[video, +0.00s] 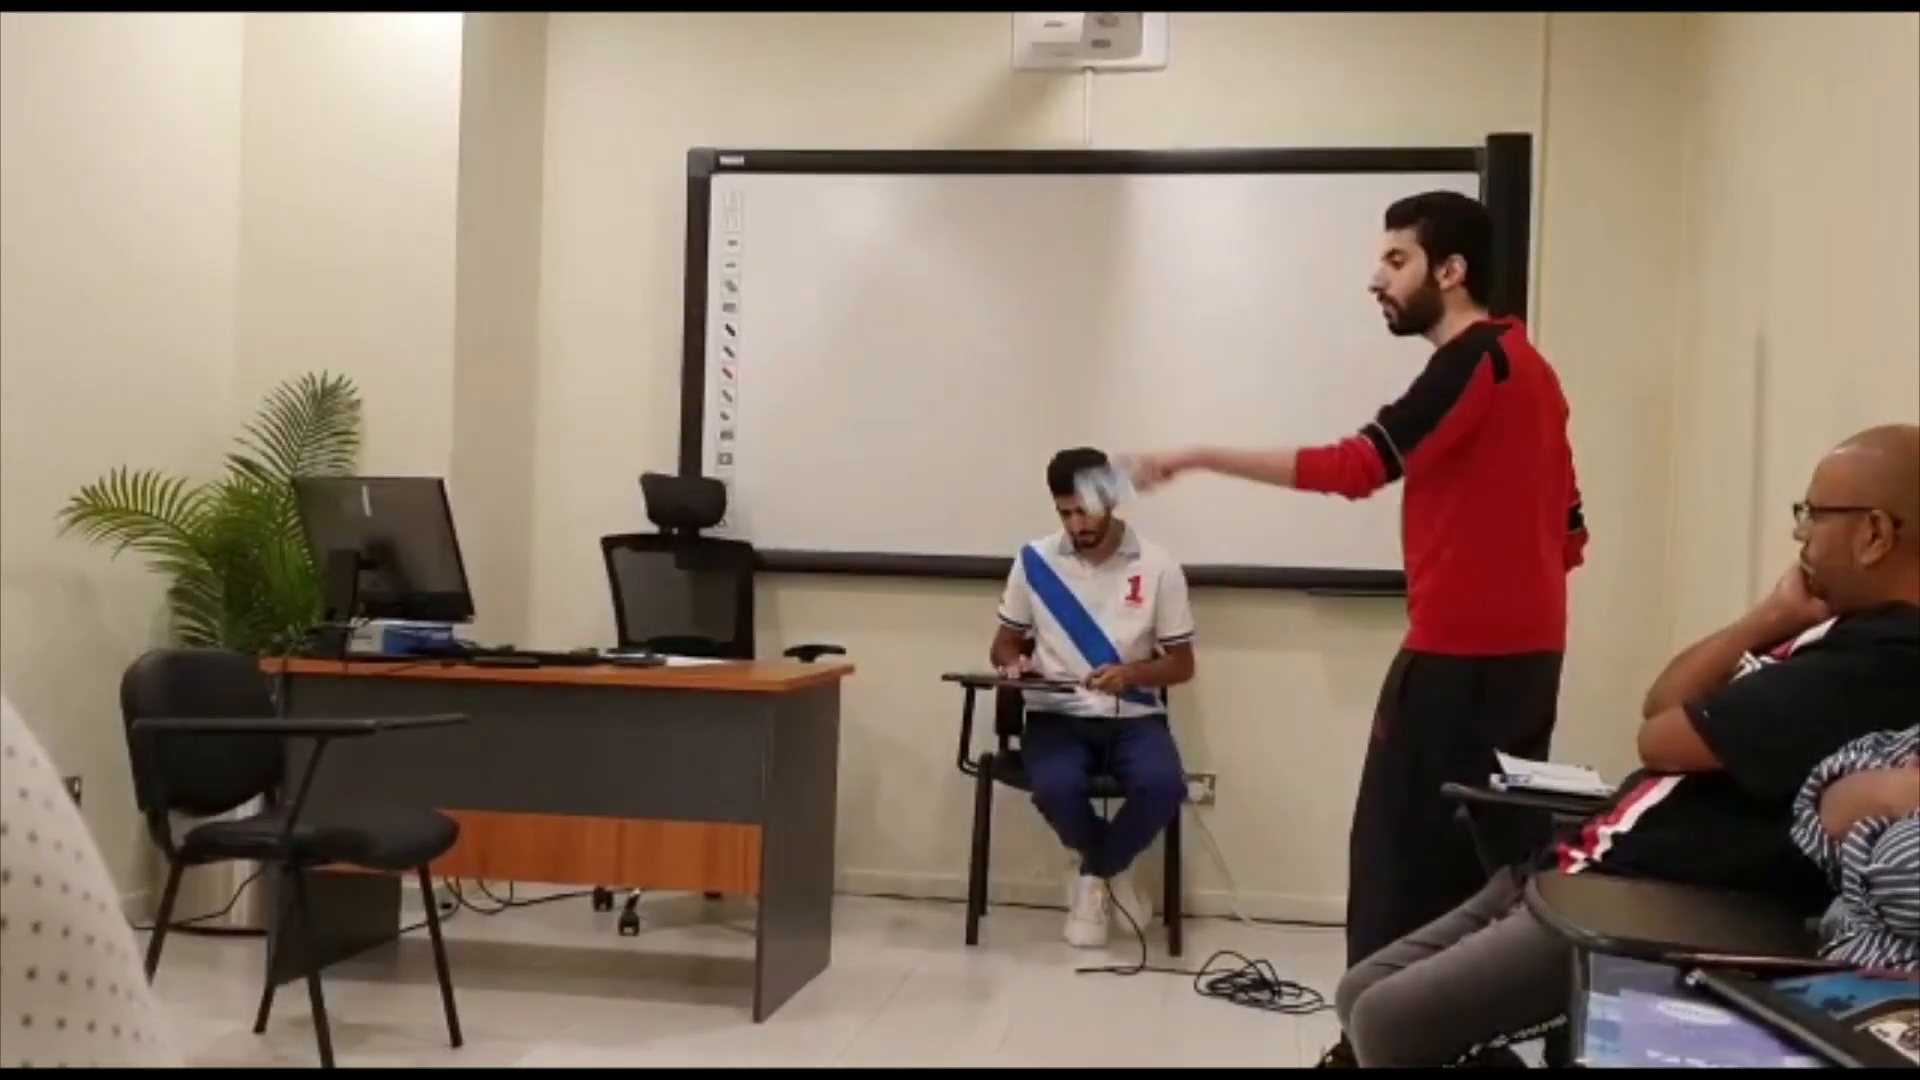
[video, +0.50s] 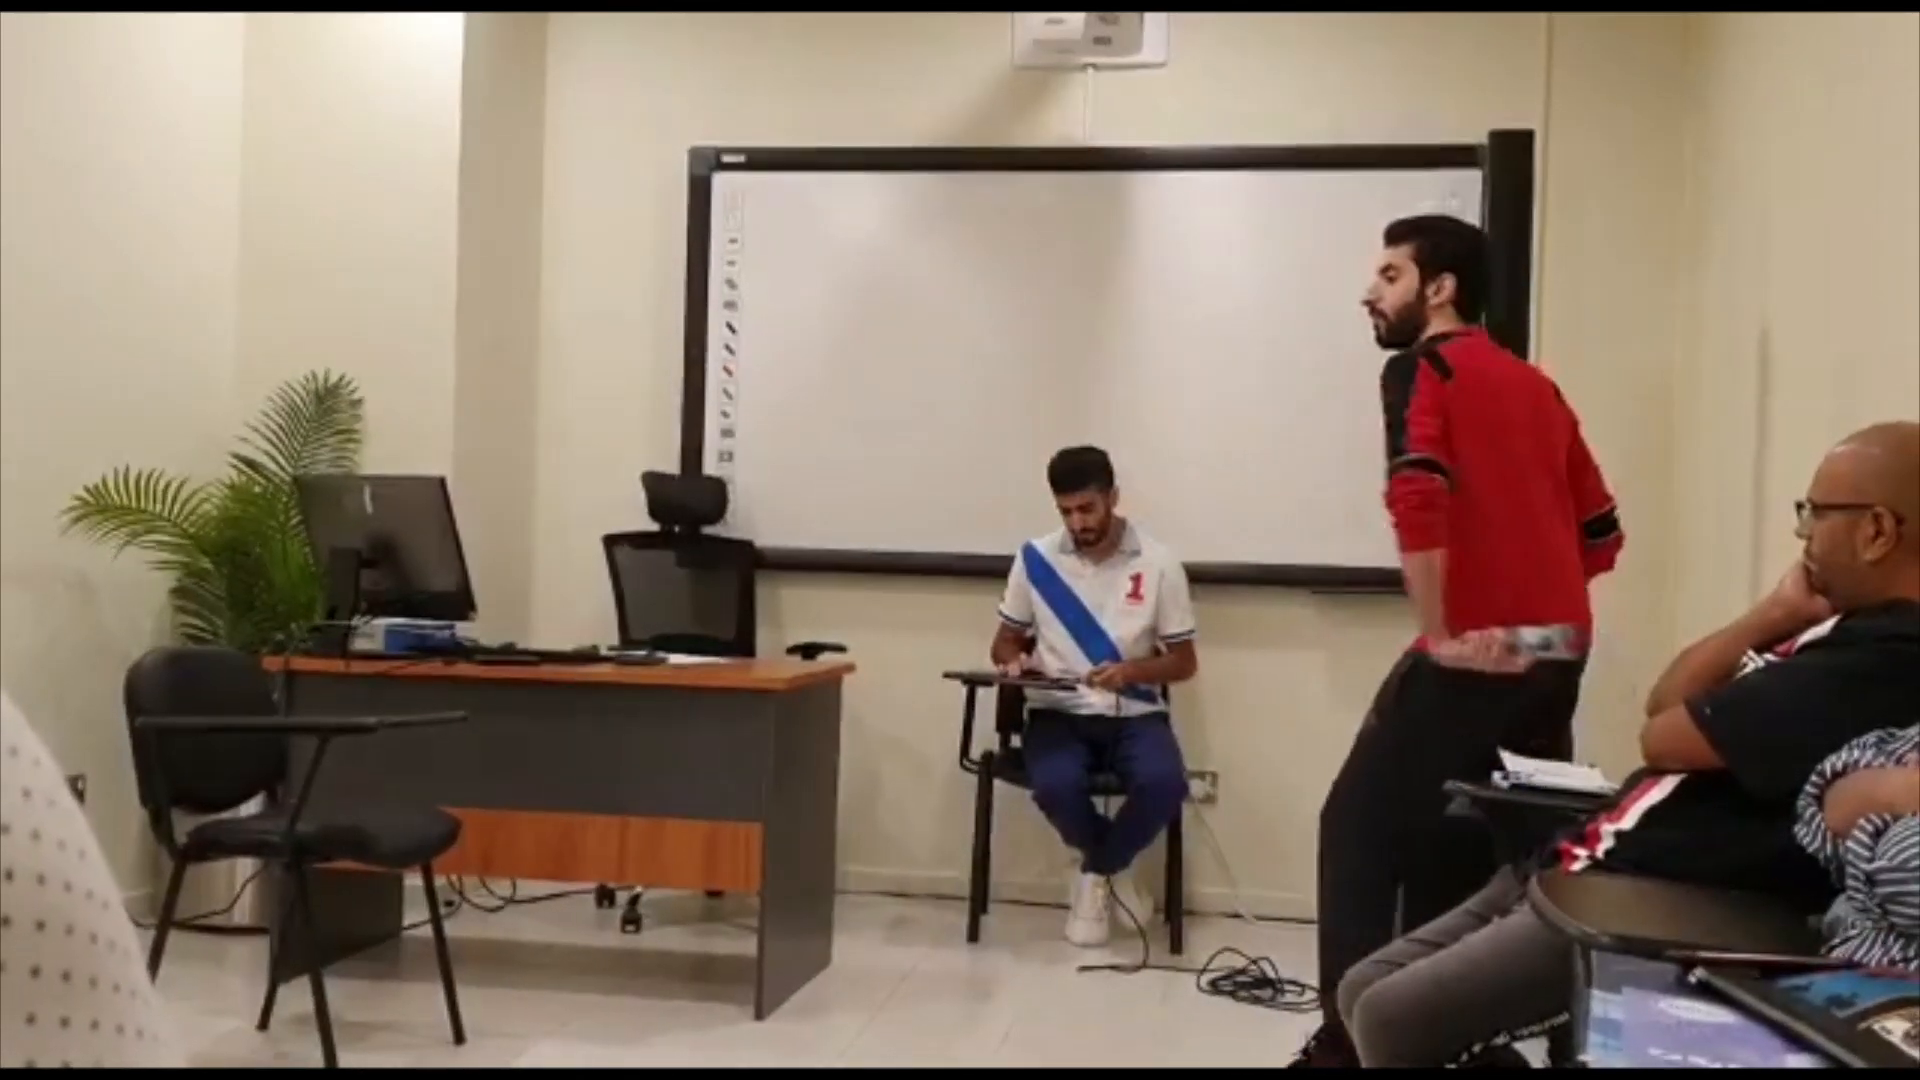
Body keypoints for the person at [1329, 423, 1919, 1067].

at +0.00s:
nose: (1799, 538)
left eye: (1811, 518)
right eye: (1803, 518)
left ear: (1878, 534)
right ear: (1879, 534)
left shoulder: (1882, 656)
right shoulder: (1853, 631)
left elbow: (1663, 743)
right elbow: (1662, 704)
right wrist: (1779, 614)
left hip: (1626, 907)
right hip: (1579, 863)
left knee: (1383, 1024)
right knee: (1363, 989)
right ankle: (1474, 1062)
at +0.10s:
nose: (1799, 538)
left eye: (1811, 518)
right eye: (1802, 518)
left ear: (1879, 535)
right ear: (1880, 535)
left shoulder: (1880, 658)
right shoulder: (1855, 632)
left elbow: (1663, 743)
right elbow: (1663, 704)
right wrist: (1779, 613)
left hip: (1632, 907)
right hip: (1584, 863)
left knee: (1383, 1023)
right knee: (1363, 988)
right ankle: (1473, 1062)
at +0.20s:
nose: (1799, 538)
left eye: (1811, 518)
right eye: (1802, 518)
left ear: (1879, 534)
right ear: (1880, 535)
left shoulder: (1880, 657)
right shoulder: (1854, 631)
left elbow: (1663, 744)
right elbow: (1661, 705)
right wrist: (1777, 615)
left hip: (1627, 909)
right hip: (1580, 864)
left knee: (1382, 1024)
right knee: (1362, 989)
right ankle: (1479, 1063)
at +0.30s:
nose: (1800, 539)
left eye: (1812, 518)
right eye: (1803, 518)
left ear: (1879, 534)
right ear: (1880, 534)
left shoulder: (1881, 657)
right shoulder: (1855, 632)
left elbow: (1664, 741)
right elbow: (1663, 703)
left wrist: (1767, 629)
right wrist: (1778, 614)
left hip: (1628, 907)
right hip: (1582, 864)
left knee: (1383, 1024)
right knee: (1362, 988)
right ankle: (1475, 1062)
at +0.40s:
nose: (1801, 537)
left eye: (1812, 516)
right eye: (1804, 516)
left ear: (1879, 532)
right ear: (1880, 532)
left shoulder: (1881, 656)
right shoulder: (1855, 632)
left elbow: (1666, 742)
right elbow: (1662, 705)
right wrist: (1782, 611)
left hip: (1630, 906)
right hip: (1584, 863)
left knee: (1384, 1022)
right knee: (1363, 988)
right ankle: (1481, 1064)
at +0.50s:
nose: (1803, 538)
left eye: (1813, 517)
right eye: (1805, 517)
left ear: (1880, 532)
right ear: (1880, 532)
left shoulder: (1882, 655)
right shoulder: (1855, 631)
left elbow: (1667, 743)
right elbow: (1664, 704)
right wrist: (1781, 611)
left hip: (1633, 904)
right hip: (1585, 863)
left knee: (1386, 1021)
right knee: (1363, 988)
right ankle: (1480, 1062)